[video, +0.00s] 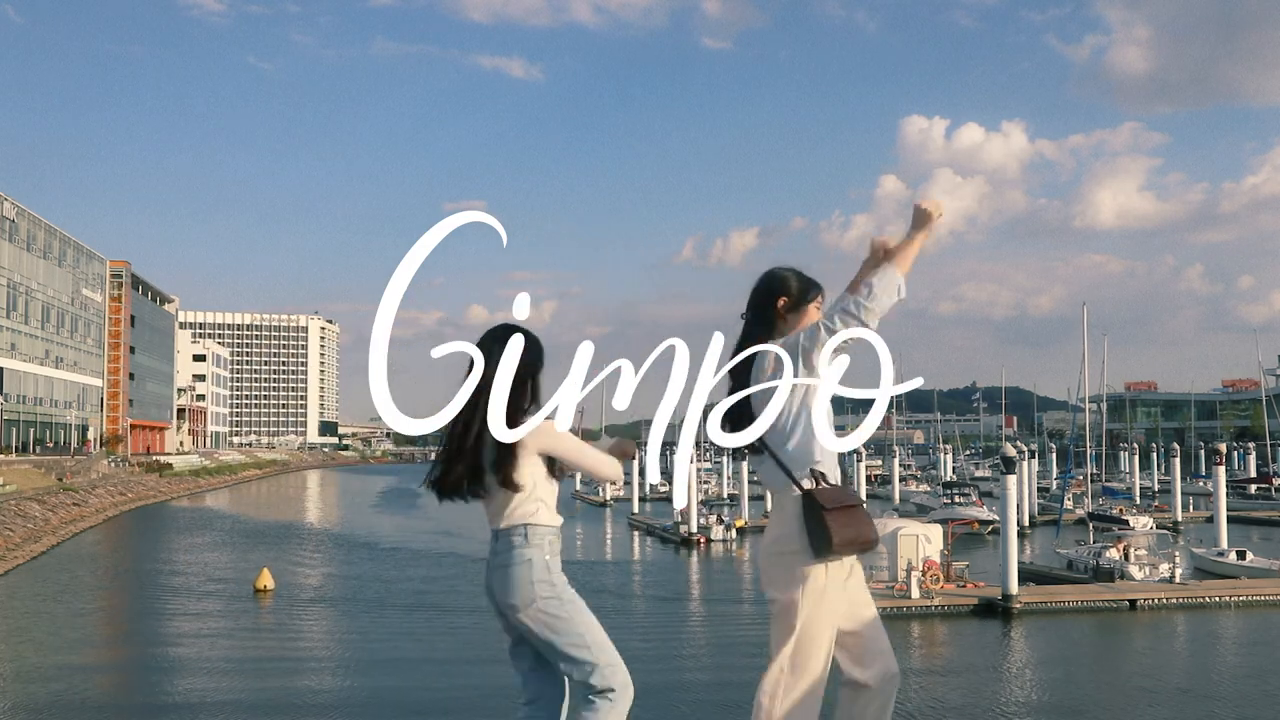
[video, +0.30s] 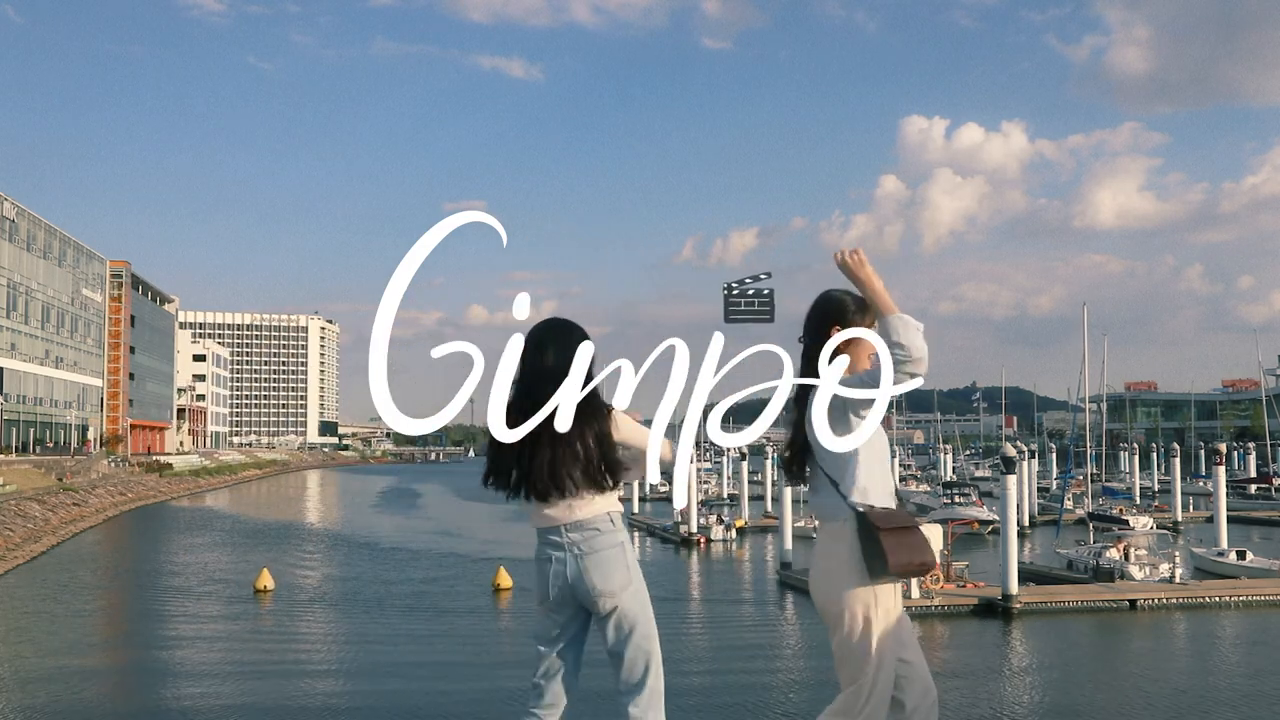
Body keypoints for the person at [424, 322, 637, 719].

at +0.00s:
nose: (538, 380)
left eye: (535, 371)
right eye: (535, 370)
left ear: (482, 370)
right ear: (528, 374)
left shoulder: (479, 434)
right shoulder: (535, 429)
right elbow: (612, 471)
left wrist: (568, 447)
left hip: (504, 574)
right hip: (535, 575)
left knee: (542, 697)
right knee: (612, 687)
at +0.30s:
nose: (593, 364)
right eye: (588, 357)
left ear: (528, 365)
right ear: (583, 362)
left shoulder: (520, 419)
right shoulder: (597, 417)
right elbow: (668, 453)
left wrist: (624, 424)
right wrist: (615, 474)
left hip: (550, 556)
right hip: (604, 553)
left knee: (551, 672)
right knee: (640, 674)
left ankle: (542, 713)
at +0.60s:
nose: (649, 386)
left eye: (645, 377)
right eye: (644, 377)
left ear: (588, 384)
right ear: (637, 383)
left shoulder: (586, 444)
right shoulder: (640, 439)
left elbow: (642, 483)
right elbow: (721, 487)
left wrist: (684, 443)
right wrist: (701, 507)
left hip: (605, 577)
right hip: (645, 578)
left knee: (605, 703)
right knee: (696, 702)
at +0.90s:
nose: (686, 364)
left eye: (687, 353)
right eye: (678, 352)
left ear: (685, 359)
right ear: (653, 356)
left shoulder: (679, 406)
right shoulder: (637, 426)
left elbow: (752, 425)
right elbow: (698, 462)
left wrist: (723, 410)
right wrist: (771, 443)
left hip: (696, 548)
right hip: (663, 551)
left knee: (744, 669)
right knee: (679, 694)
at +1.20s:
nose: (717, 387)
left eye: (716, 377)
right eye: (706, 379)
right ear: (679, 384)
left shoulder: (720, 424)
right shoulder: (662, 451)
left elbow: (778, 429)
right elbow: (721, 502)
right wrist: (779, 443)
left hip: (752, 556)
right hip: (709, 563)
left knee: (787, 687)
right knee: (714, 697)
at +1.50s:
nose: (752, 372)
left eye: (750, 363)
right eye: (745, 365)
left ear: (722, 373)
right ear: (723, 371)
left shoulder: (736, 426)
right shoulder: (722, 434)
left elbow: (786, 459)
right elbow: (803, 485)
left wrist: (828, 484)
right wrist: (786, 442)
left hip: (752, 562)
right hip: (733, 565)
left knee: (788, 684)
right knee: (743, 699)